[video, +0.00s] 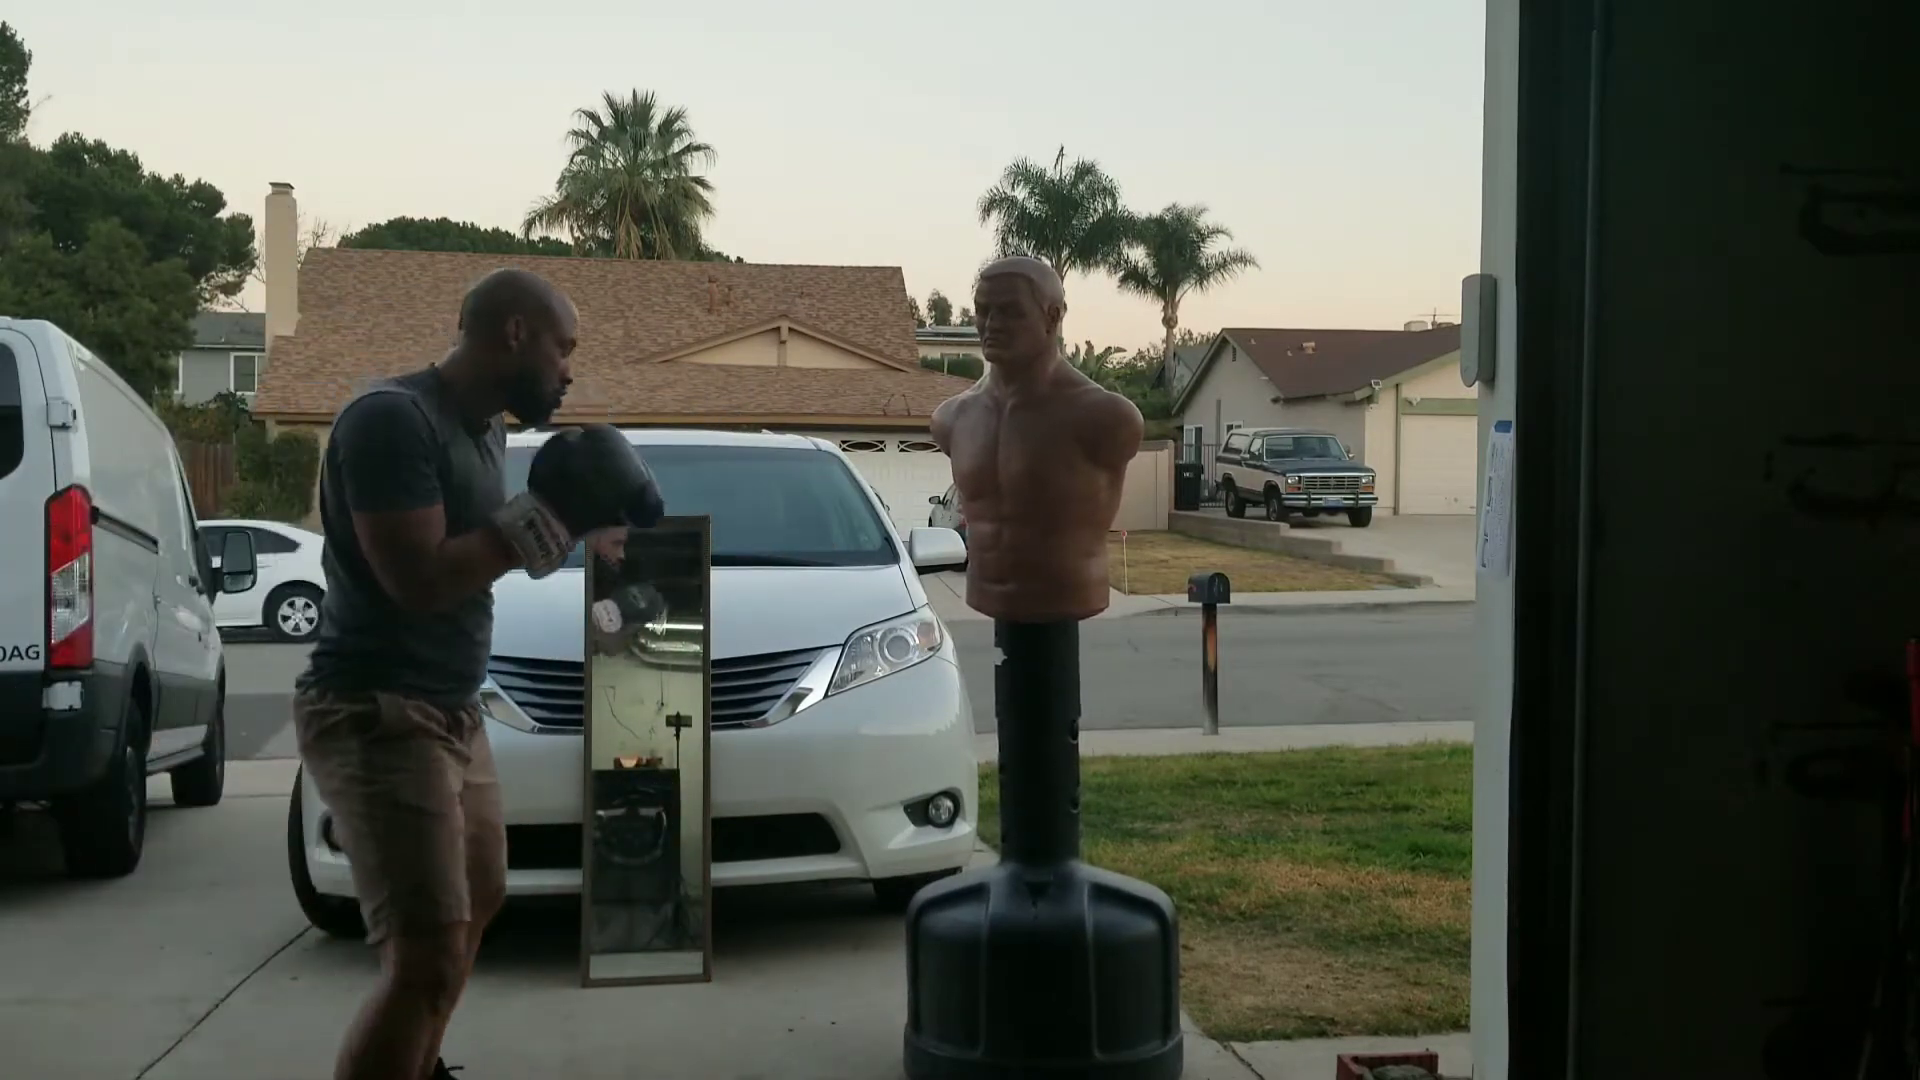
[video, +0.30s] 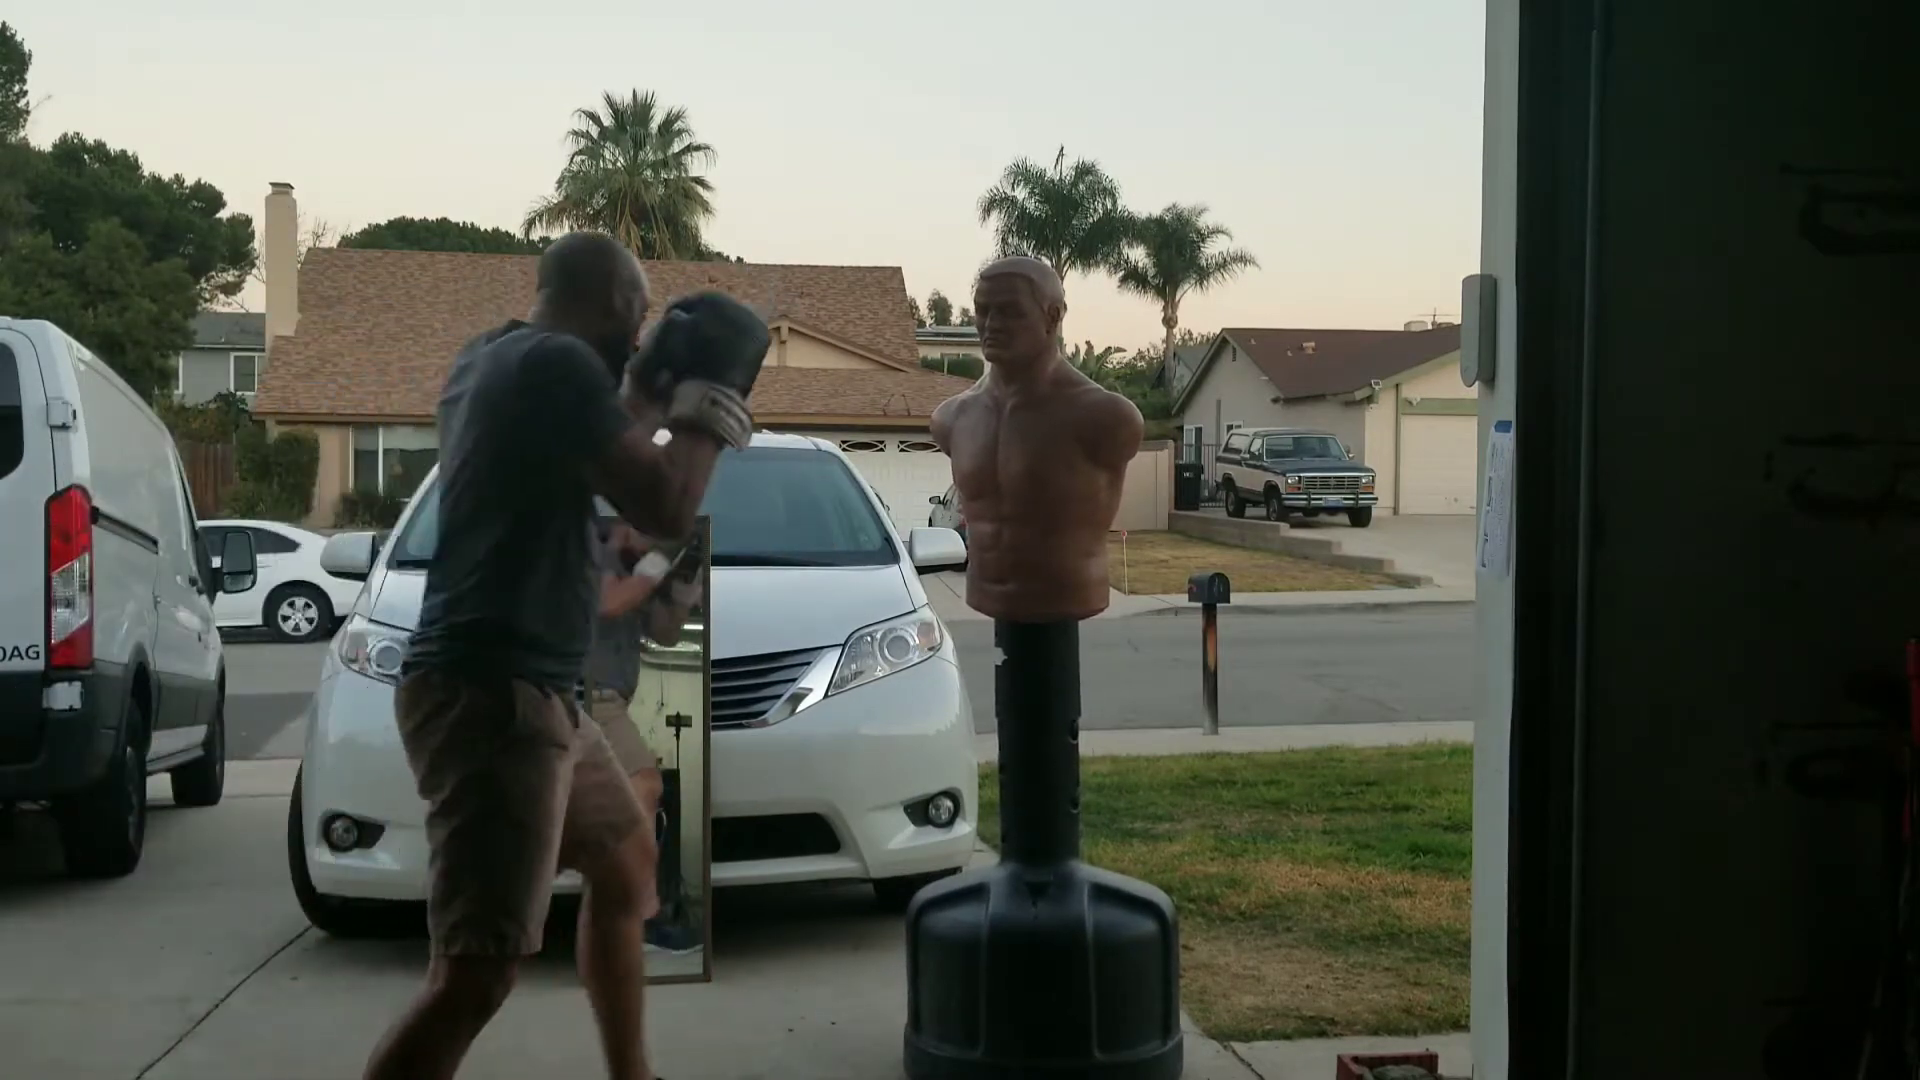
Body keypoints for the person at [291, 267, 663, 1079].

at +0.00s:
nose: (570, 370)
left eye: (572, 351)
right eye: (563, 348)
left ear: (509, 337)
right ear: (513, 335)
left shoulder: (480, 433)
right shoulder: (388, 420)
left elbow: (472, 560)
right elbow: (421, 581)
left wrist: (571, 524)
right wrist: (544, 519)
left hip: (450, 713)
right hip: (376, 715)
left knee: (479, 894)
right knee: (430, 952)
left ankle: (416, 1060)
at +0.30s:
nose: (645, 325)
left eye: (647, 310)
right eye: (642, 306)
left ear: (545, 296)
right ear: (617, 303)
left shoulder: (491, 361)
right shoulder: (557, 363)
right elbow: (665, 505)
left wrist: (648, 393)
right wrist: (719, 399)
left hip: (530, 689)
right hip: (492, 691)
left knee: (624, 861)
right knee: (480, 969)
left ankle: (632, 1070)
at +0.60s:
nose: (817, 420)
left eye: (819, 400)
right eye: (816, 397)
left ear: (743, 382)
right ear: (780, 388)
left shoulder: (689, 444)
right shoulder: (687, 447)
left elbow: (722, 598)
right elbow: (734, 622)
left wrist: (798, 549)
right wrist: (817, 543)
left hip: (613, 738)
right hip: (571, 747)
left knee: (726, 894)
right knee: (722, 993)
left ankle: (676, 1061)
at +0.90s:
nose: (838, 291)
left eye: (840, 275)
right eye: (837, 272)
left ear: (727, 263)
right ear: (817, 265)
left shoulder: (640, 334)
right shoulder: (774, 336)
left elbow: (734, 301)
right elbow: (889, 488)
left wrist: (833, 299)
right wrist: (920, 358)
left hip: (586, 690)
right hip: (670, 694)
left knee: (674, 932)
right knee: (751, 990)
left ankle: (669, 1073)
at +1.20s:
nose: (866, 284)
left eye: (862, 262)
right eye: (864, 261)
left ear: (747, 261)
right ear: (843, 264)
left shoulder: (636, 370)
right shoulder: (800, 369)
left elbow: (600, 563)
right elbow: (870, 581)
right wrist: (904, 437)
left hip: (633, 746)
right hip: (734, 752)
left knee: (715, 1032)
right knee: (760, 1044)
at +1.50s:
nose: (861, 275)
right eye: (862, 262)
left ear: (748, 269)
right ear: (855, 260)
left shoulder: (662, 373)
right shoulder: (892, 359)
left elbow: (655, 566)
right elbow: (987, 556)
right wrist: (1001, 439)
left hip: (691, 738)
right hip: (810, 747)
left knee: (762, 1000)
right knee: (762, 1033)